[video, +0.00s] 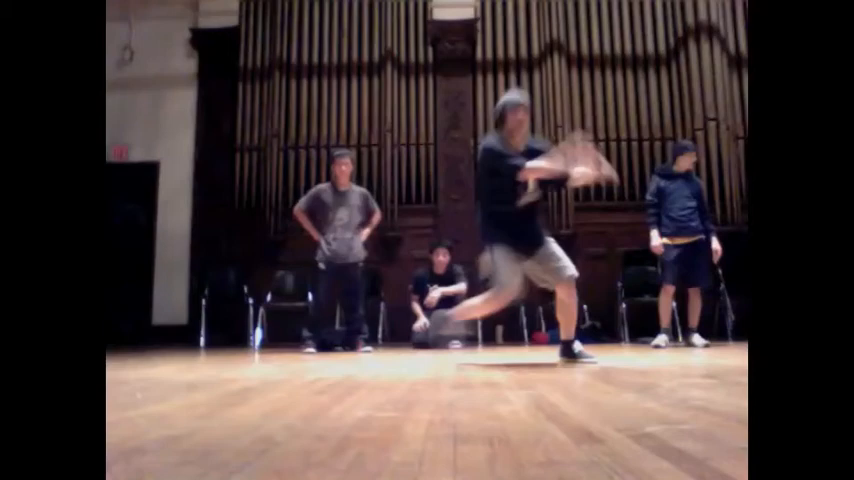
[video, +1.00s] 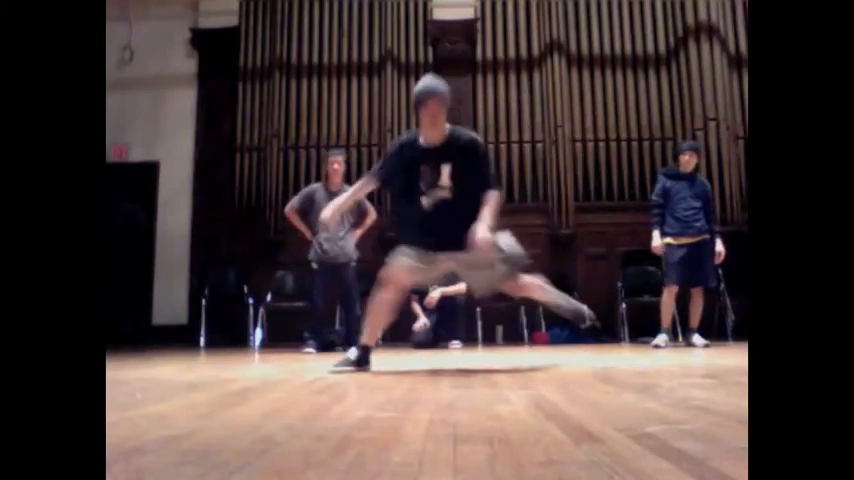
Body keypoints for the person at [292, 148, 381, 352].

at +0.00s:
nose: (342, 169)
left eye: (346, 165)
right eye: (339, 165)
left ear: (352, 169)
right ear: (332, 168)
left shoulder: (361, 194)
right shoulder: (321, 191)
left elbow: (377, 213)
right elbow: (298, 210)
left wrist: (365, 233)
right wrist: (316, 236)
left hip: (353, 250)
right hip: (328, 250)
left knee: (354, 301)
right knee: (323, 301)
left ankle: (355, 339)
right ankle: (319, 340)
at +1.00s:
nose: (335, 168)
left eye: (339, 163)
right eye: (332, 163)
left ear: (344, 168)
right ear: (326, 167)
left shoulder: (351, 193)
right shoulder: (314, 191)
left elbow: (372, 213)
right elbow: (290, 210)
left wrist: (356, 234)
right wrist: (308, 234)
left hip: (345, 251)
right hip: (321, 251)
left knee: (350, 301)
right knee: (321, 301)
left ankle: (351, 342)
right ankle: (320, 341)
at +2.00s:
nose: (333, 171)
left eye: (337, 167)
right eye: (330, 166)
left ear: (342, 171)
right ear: (324, 170)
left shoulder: (351, 194)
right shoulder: (313, 192)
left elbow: (367, 216)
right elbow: (289, 212)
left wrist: (354, 237)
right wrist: (309, 235)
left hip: (346, 256)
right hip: (321, 255)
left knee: (349, 300)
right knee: (320, 300)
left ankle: (348, 338)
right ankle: (318, 337)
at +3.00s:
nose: (336, 167)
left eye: (340, 164)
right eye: (333, 163)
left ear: (345, 168)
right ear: (326, 167)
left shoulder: (354, 194)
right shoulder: (314, 192)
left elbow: (373, 215)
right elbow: (290, 211)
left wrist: (358, 234)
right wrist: (309, 237)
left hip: (347, 252)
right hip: (320, 250)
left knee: (349, 297)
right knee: (318, 294)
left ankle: (358, 338)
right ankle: (312, 339)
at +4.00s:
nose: (337, 169)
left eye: (341, 165)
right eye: (334, 165)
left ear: (347, 169)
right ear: (327, 168)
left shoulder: (351, 195)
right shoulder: (316, 191)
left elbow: (373, 220)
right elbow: (291, 211)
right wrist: (312, 238)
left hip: (345, 251)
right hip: (324, 250)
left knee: (339, 293)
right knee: (318, 294)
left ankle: (338, 337)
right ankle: (313, 337)